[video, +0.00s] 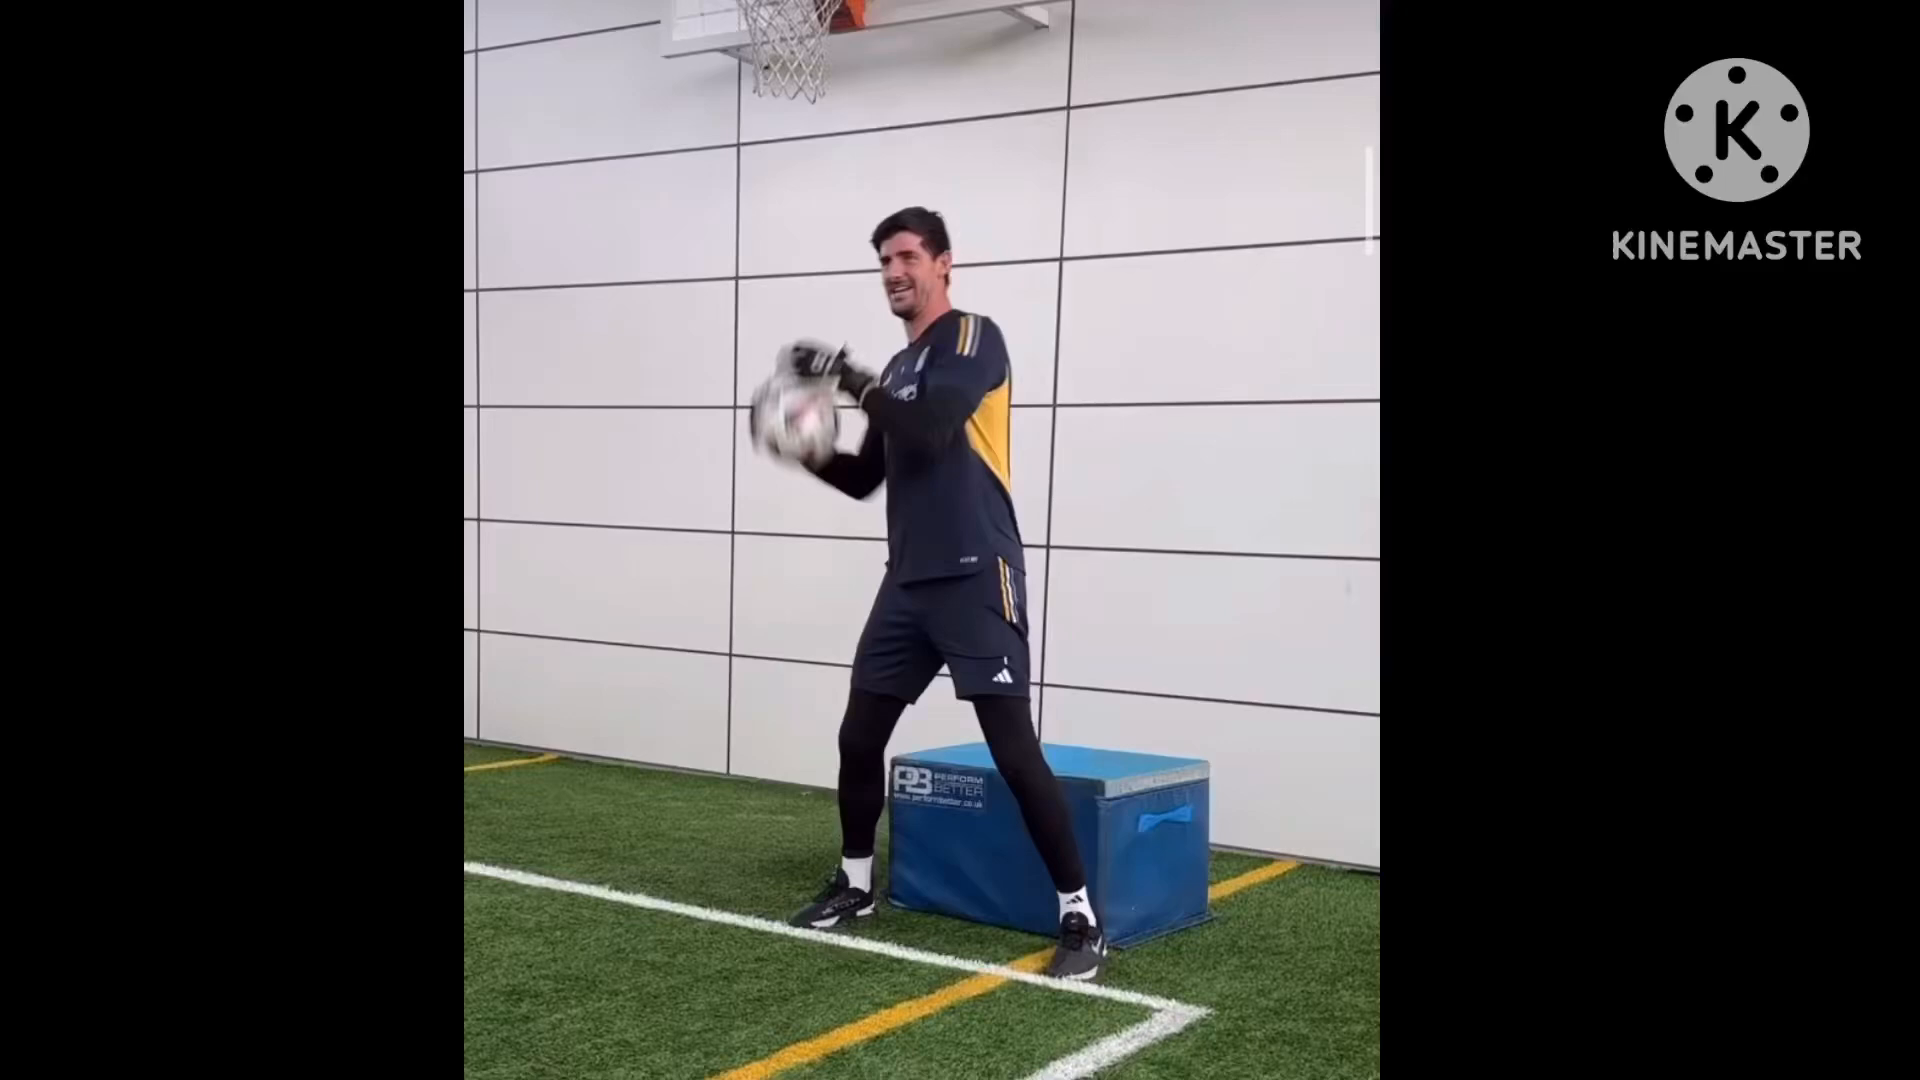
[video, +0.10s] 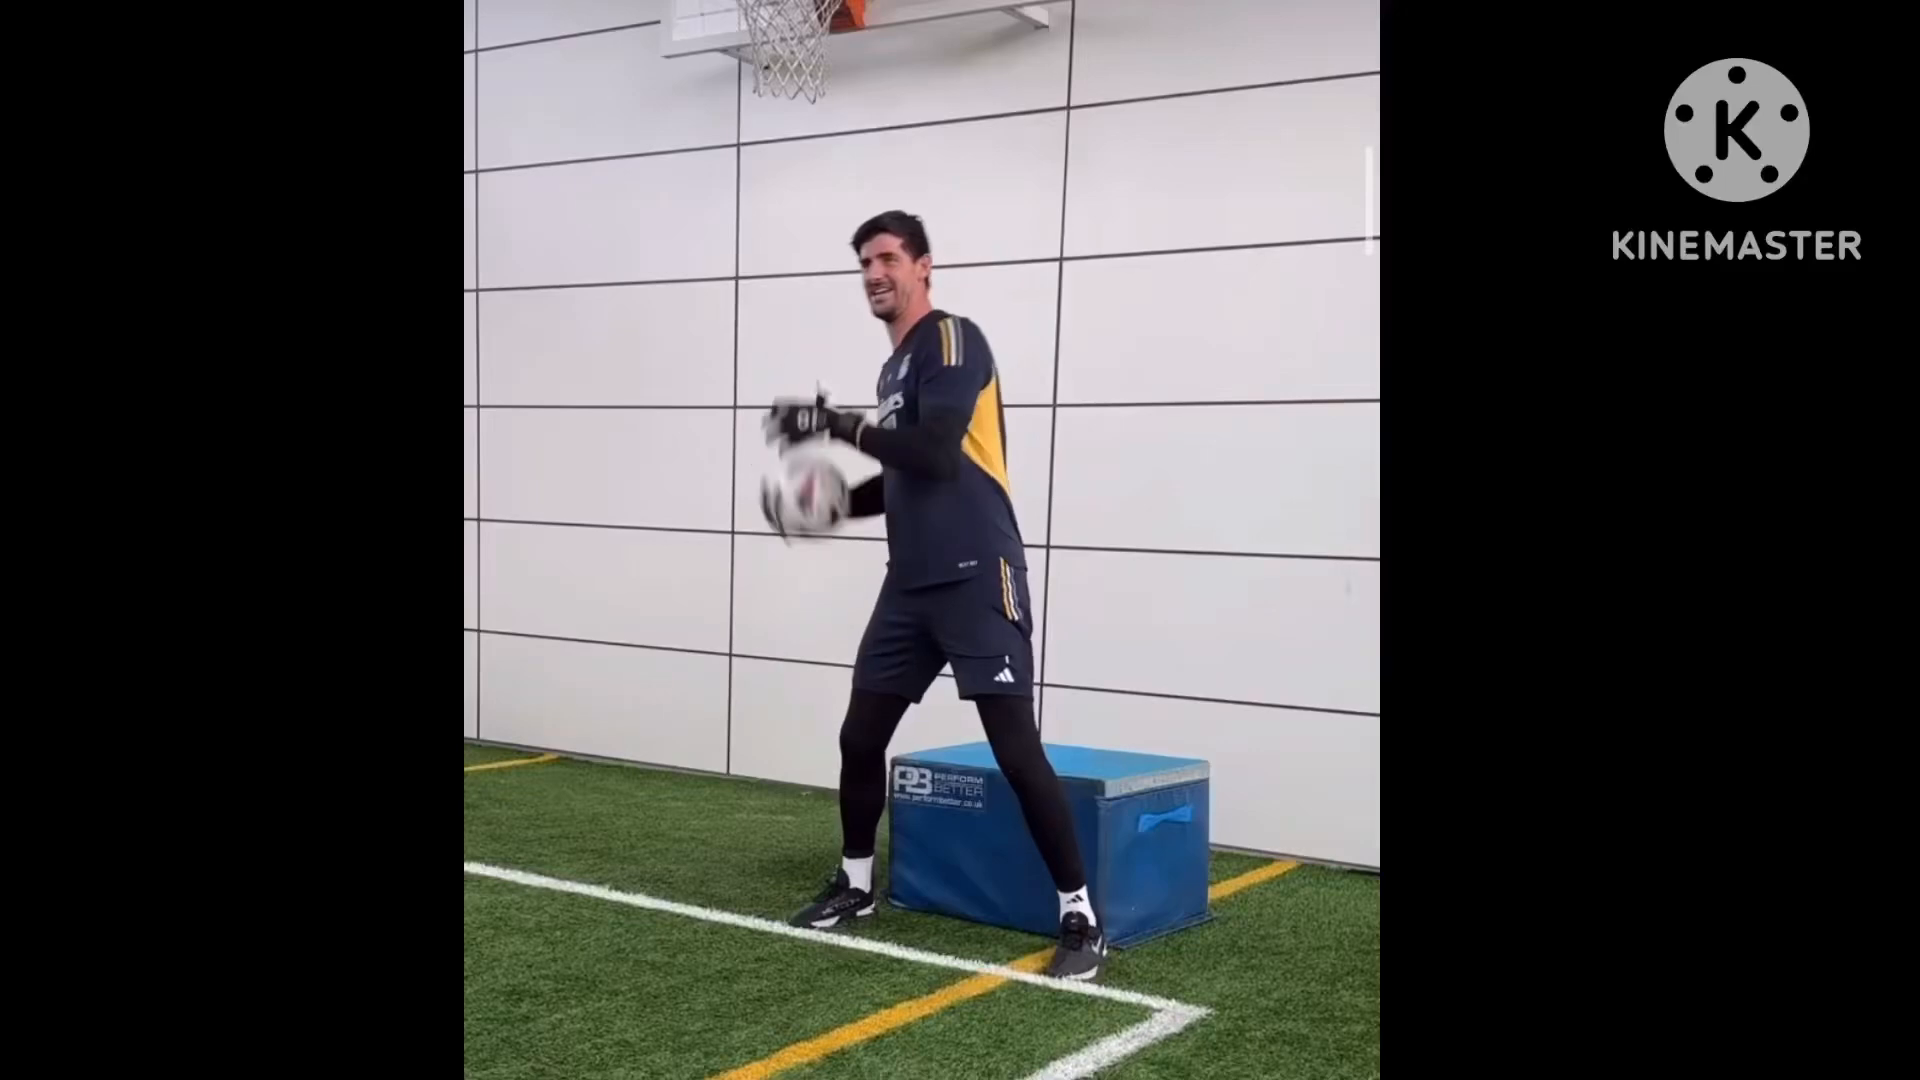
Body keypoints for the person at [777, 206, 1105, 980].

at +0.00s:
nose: (894, 273)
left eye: (907, 258)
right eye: (886, 262)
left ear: (944, 265)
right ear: (883, 275)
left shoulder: (975, 336)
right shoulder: (896, 372)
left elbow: (932, 426)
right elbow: (861, 478)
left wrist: (848, 377)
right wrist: (808, 445)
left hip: (979, 571)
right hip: (910, 578)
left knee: (1013, 748)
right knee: (860, 734)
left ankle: (1079, 918)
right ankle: (857, 885)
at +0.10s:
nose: (874, 276)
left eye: (887, 261)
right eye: (866, 266)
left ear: (925, 267)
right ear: (867, 279)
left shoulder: (953, 336)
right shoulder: (893, 373)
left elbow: (934, 450)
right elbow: (910, 480)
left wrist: (837, 423)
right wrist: (837, 505)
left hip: (979, 574)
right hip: (910, 581)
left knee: (1016, 747)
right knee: (860, 737)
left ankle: (1080, 918)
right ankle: (856, 887)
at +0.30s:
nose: (893, 164)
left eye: (908, 150)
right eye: (886, 152)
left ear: (945, 159)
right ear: (879, 165)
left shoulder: (990, 254)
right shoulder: (869, 262)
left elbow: (1056, 366)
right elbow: (868, 364)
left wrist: (1038, 476)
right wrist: (850, 462)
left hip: (976, 483)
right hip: (892, 484)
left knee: (1014, 653)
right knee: (843, 641)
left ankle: (1076, 822)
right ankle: (829, 789)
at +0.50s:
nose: (892, 190)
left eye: (906, 175)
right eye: (884, 177)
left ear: (942, 180)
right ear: (877, 189)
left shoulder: (988, 271)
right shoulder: (873, 284)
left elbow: (1056, 381)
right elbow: (846, 376)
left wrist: (994, 433)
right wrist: (811, 432)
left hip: (975, 507)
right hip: (895, 505)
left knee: (1012, 669)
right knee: (837, 648)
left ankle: (1077, 831)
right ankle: (832, 797)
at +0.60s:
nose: (901, 187)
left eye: (914, 172)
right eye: (892, 174)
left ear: (950, 175)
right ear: (886, 183)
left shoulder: (988, 253)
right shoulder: (879, 274)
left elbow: (1014, 332)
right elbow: (798, 351)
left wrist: (921, 313)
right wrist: (780, 314)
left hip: (977, 496)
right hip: (894, 497)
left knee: (1016, 666)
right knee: (848, 650)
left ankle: (1076, 829)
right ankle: (836, 797)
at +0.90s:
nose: (891, 192)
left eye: (902, 175)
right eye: (881, 181)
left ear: (939, 175)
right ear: (878, 191)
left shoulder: (984, 257)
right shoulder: (885, 278)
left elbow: (955, 367)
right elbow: (845, 388)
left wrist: (867, 348)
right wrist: (818, 354)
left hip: (977, 494)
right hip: (902, 497)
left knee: (1017, 666)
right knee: (854, 651)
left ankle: (1076, 832)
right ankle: (835, 798)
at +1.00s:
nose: (863, 200)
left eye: (874, 183)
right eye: (854, 188)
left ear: (913, 181)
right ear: (853, 196)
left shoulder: (959, 264)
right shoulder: (878, 285)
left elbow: (959, 390)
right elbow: (891, 396)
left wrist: (874, 395)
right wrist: (840, 422)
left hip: (976, 488)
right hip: (907, 492)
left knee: (1016, 660)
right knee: (856, 644)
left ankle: (1076, 831)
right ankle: (835, 801)